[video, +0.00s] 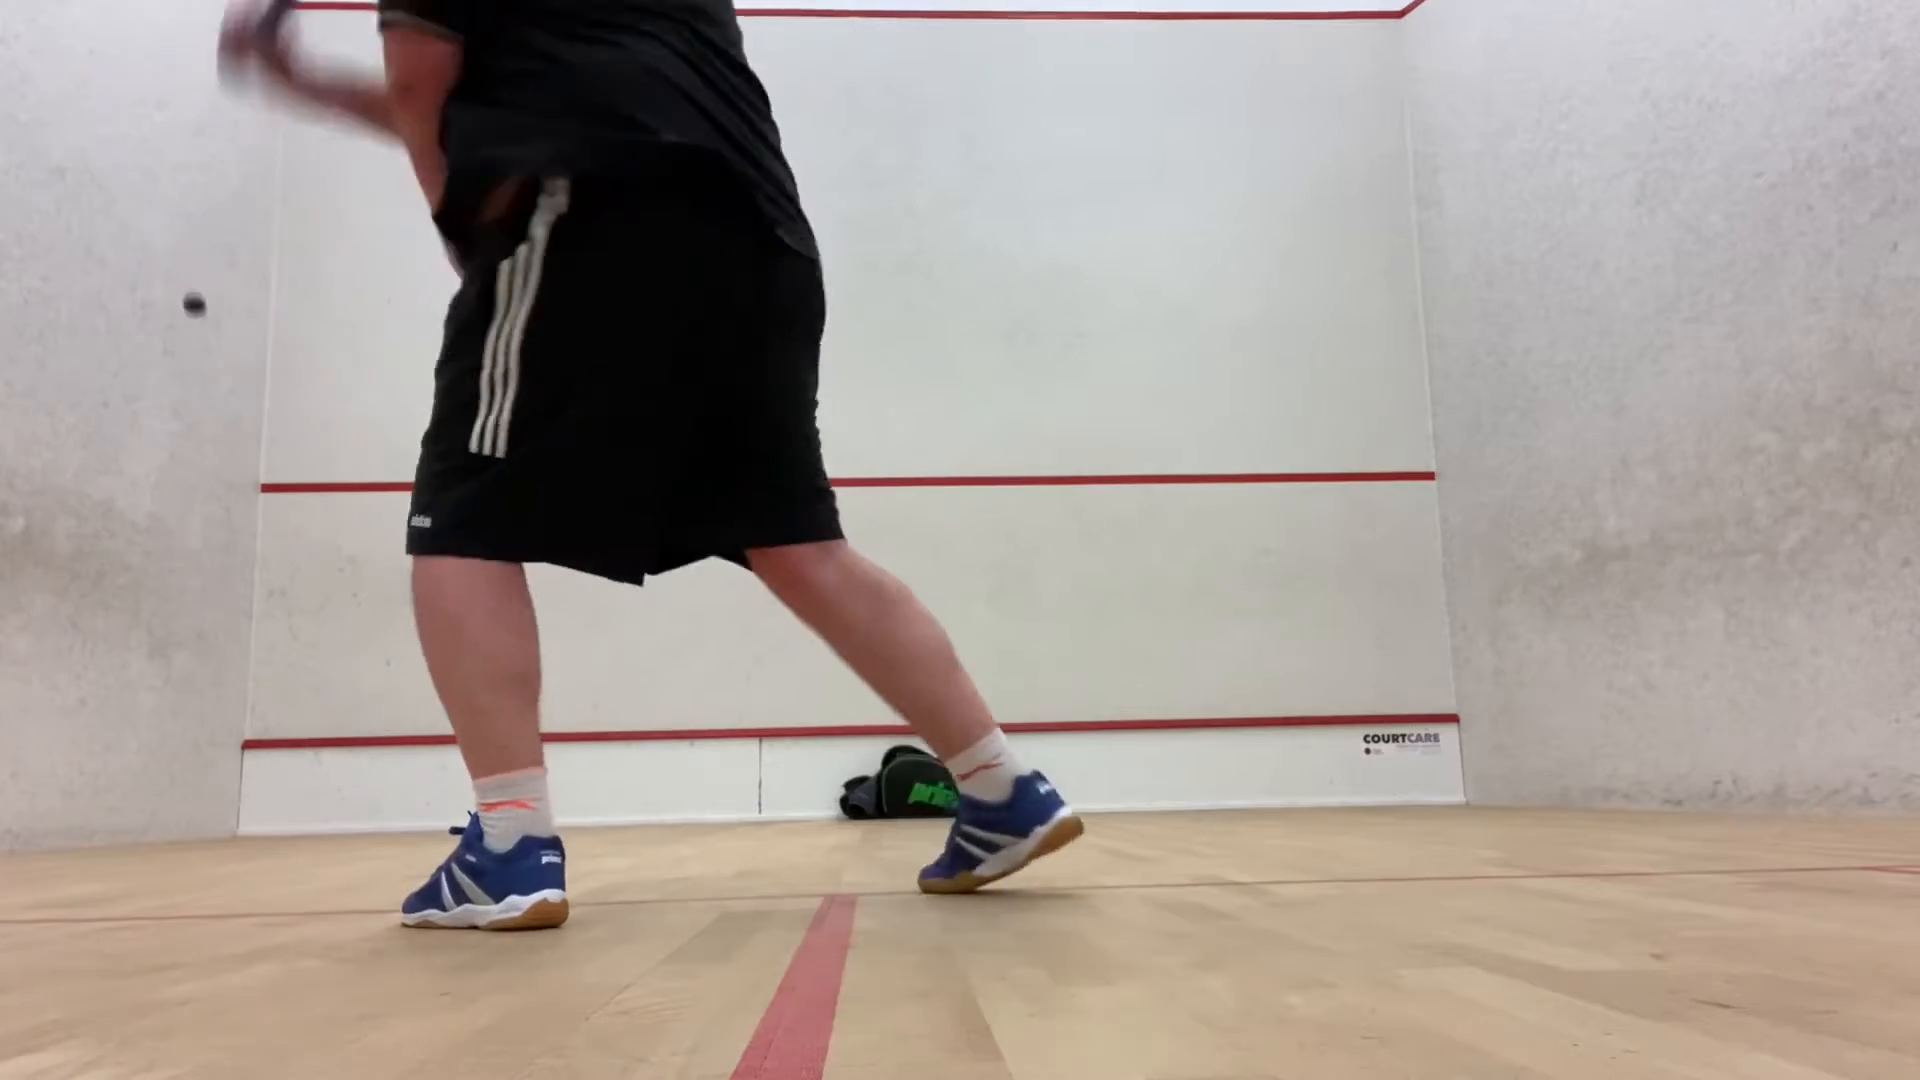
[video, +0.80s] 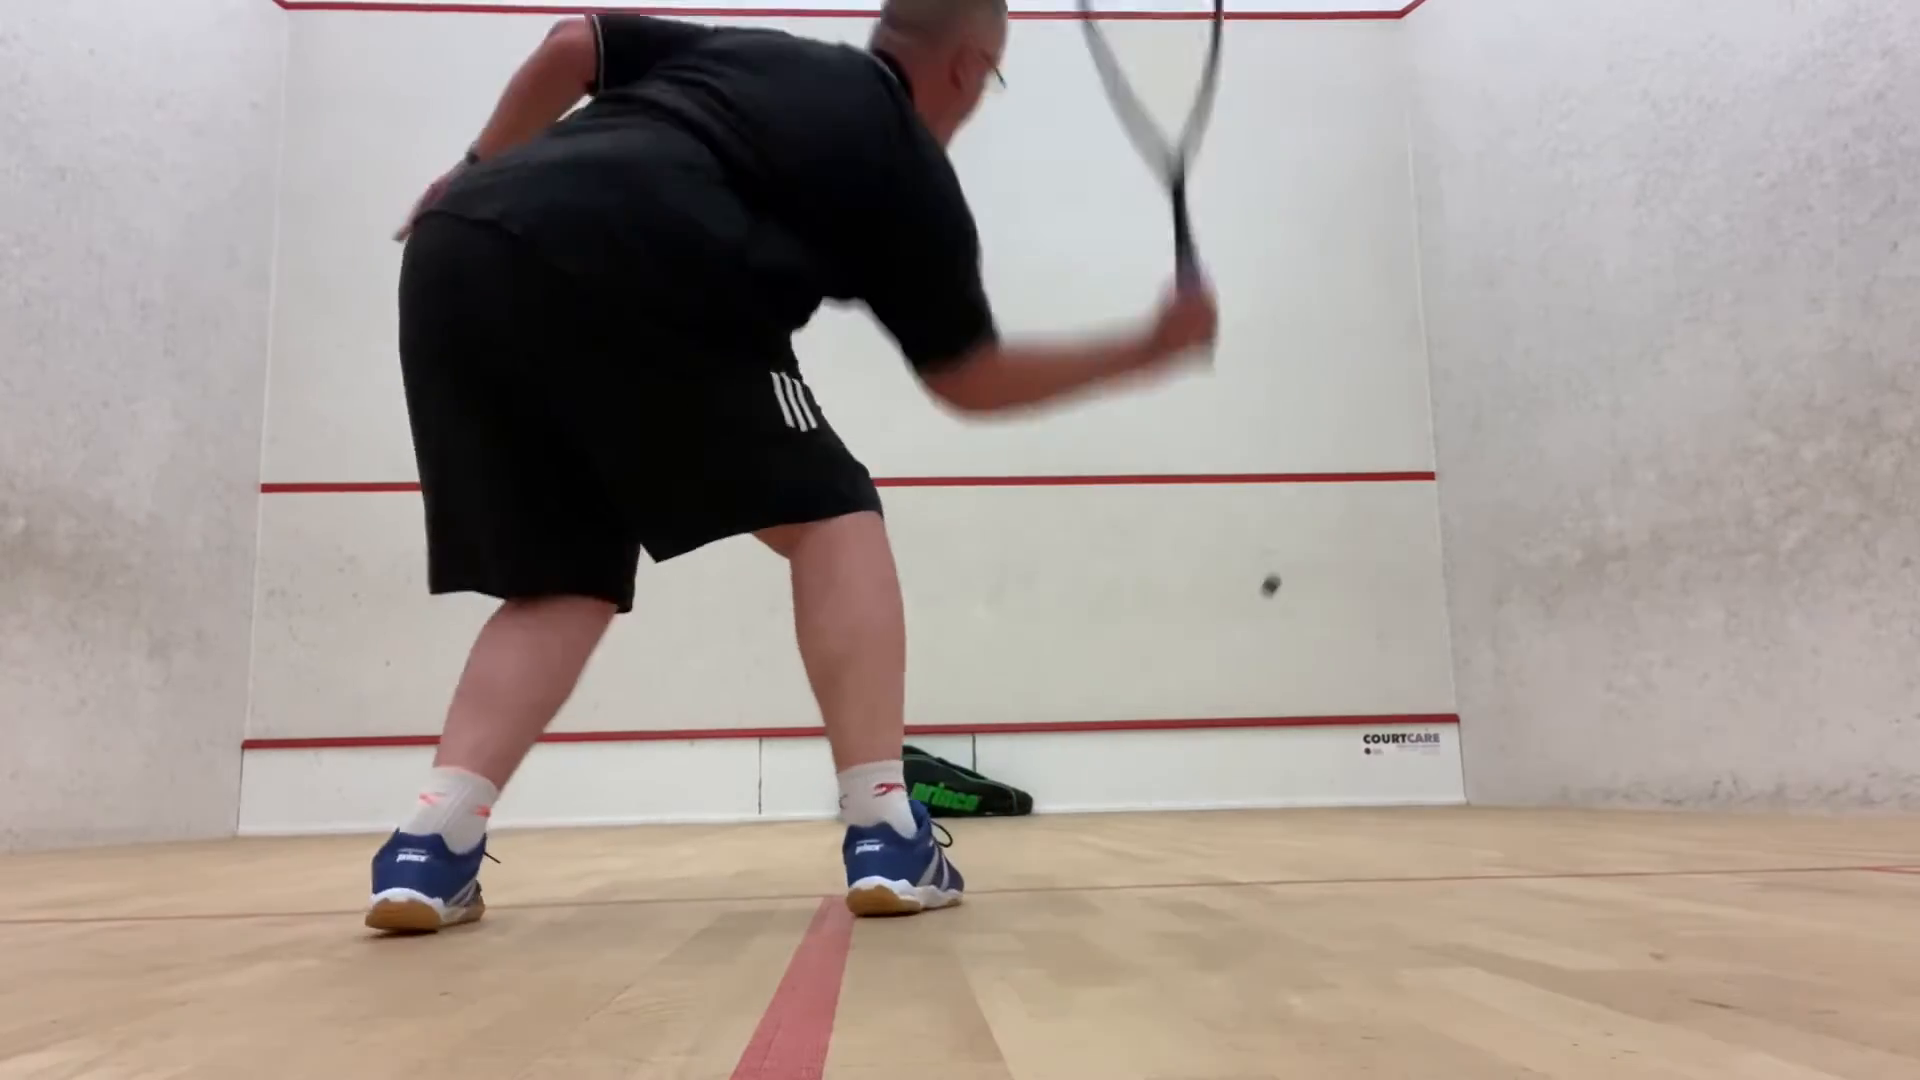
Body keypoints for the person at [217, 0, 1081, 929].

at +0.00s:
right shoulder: (669, 22)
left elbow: (417, 80)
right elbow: (469, 119)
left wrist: (463, 211)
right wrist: (303, 77)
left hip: (580, 218)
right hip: (757, 229)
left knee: (460, 531)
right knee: (789, 532)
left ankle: (512, 841)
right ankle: (1001, 789)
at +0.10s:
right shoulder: (704, 19)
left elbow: (404, 89)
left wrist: (460, 219)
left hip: (523, 206)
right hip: (712, 206)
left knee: (475, 536)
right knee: (766, 509)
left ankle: (510, 843)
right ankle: (952, 768)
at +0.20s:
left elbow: (413, 108)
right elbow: (832, 93)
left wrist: (484, 211)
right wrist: (948, 188)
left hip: (490, 215)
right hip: (675, 199)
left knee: (487, 532)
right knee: (766, 495)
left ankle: (512, 842)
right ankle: (906, 769)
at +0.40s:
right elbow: (742, 65)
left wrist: (725, 230)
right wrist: (721, 215)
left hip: (478, 139)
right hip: (655, 140)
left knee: (502, 513)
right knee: (766, 490)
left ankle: (511, 840)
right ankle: (884, 799)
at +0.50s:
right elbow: (739, 59)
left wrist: (774, 238)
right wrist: (778, 235)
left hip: (476, 167)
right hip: (649, 166)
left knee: (520, 524)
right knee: (771, 497)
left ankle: (513, 839)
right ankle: (883, 811)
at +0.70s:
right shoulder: (837, 1)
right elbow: (927, 54)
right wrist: (1128, 20)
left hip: (472, 234)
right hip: (655, 249)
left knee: (557, 569)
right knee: (808, 528)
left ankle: (435, 838)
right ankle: (884, 834)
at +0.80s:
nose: (983, 100)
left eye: (987, 78)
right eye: (987, 77)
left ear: (883, 37)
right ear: (956, 67)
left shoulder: (740, 51)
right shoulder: (906, 169)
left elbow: (571, 44)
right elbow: (970, 379)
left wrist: (471, 180)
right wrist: (1150, 345)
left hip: (465, 255)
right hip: (645, 274)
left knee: (571, 570)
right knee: (831, 516)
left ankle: (435, 841)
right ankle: (881, 827)